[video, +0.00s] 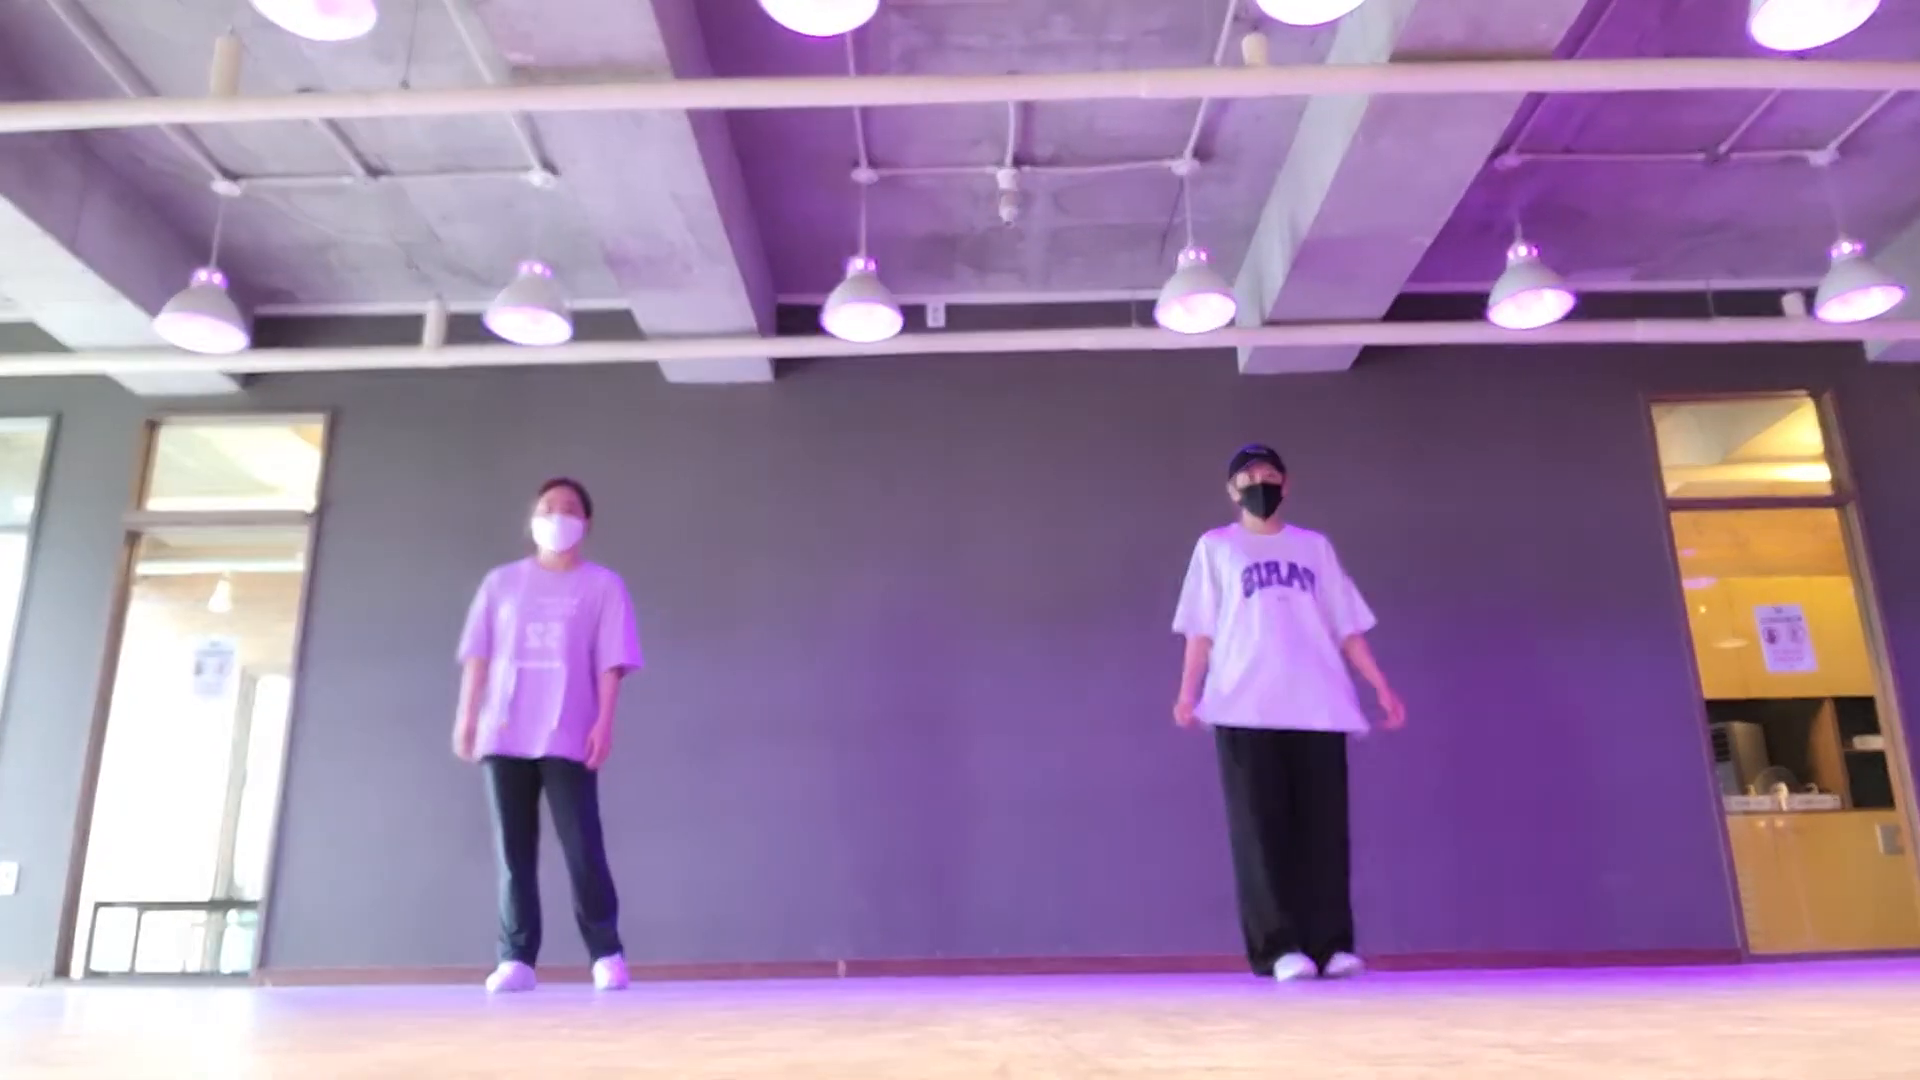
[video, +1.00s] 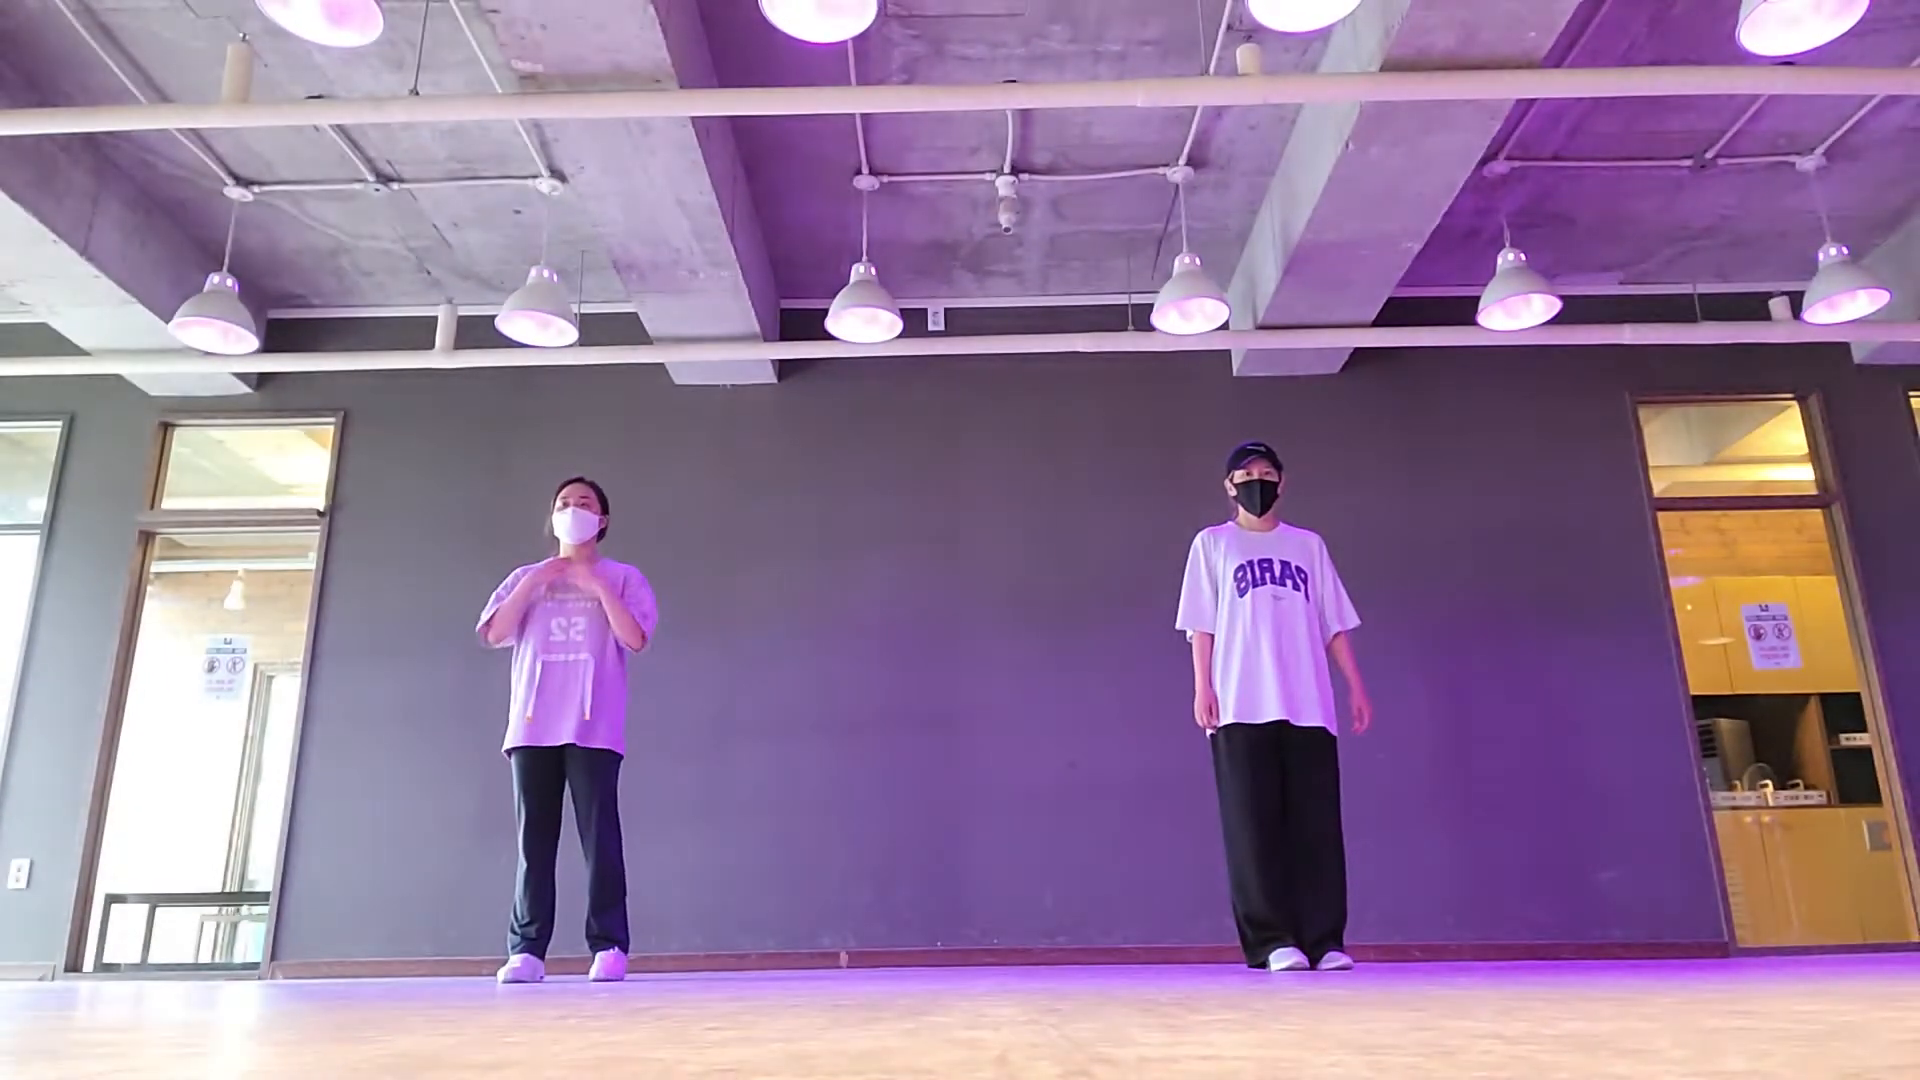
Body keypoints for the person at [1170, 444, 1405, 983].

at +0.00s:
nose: (1260, 485)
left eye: (1269, 476)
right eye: (1248, 478)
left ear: (1285, 486)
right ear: (1232, 489)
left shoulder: (1315, 547)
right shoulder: (1214, 548)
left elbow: (1348, 629)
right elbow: (1201, 631)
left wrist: (1381, 687)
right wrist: (1187, 693)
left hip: (1318, 711)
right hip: (1248, 713)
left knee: (1324, 829)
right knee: (1264, 834)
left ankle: (1334, 946)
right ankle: (1281, 951)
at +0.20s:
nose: (1256, 486)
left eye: (1265, 478)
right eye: (1245, 479)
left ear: (1280, 486)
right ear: (1229, 490)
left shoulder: (1310, 548)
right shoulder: (1211, 549)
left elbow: (1338, 623)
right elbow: (1204, 624)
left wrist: (1367, 676)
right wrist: (1213, 677)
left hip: (1310, 708)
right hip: (1245, 710)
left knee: (1318, 827)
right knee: (1259, 832)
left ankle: (1327, 943)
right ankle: (1275, 946)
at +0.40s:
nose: (1256, 486)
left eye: (1265, 478)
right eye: (1245, 479)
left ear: (1280, 485)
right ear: (1229, 488)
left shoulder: (1310, 547)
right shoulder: (1210, 547)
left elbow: (1332, 624)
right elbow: (1204, 622)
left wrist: (1347, 679)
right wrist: (1219, 679)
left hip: (1309, 705)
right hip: (1246, 707)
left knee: (1317, 824)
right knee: (1255, 829)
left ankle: (1326, 942)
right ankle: (1271, 944)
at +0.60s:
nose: (1258, 484)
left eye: (1267, 476)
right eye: (1247, 477)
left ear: (1281, 484)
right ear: (1231, 486)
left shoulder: (1310, 546)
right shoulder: (1211, 544)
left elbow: (1333, 626)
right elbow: (1203, 623)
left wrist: (1352, 684)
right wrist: (1207, 685)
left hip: (1309, 704)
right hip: (1244, 707)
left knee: (1317, 824)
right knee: (1255, 829)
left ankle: (1325, 942)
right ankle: (1271, 944)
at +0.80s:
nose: (1259, 484)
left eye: (1268, 475)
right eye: (1248, 476)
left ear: (1282, 483)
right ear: (1231, 485)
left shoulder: (1310, 544)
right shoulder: (1211, 542)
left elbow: (1334, 625)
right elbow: (1201, 624)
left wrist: (1359, 686)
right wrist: (1204, 688)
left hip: (1308, 703)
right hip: (1242, 704)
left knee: (1315, 823)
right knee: (1254, 828)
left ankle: (1324, 942)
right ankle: (1271, 945)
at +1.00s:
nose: (1257, 483)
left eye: (1267, 475)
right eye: (1246, 476)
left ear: (1281, 483)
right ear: (1230, 485)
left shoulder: (1309, 545)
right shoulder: (1211, 544)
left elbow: (1334, 627)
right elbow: (1201, 625)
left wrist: (1355, 686)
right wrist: (1204, 687)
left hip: (1307, 703)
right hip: (1242, 705)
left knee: (1316, 823)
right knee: (1255, 828)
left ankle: (1324, 942)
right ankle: (1271, 944)